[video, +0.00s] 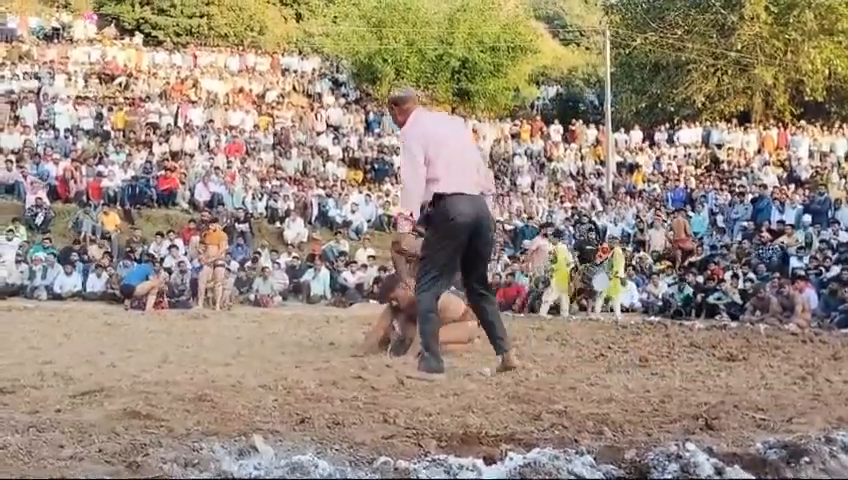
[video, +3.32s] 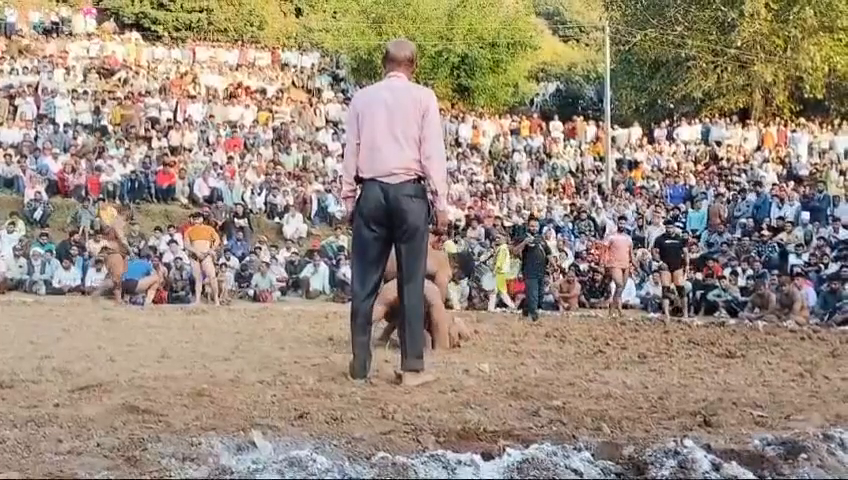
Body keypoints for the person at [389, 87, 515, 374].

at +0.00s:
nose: (394, 121)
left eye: (392, 115)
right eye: (392, 115)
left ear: (398, 108)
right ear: (416, 103)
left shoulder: (413, 130)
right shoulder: (453, 122)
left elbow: (414, 176)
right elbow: (480, 163)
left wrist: (407, 216)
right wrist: (485, 195)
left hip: (450, 206)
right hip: (480, 205)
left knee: (428, 287)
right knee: (478, 286)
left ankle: (431, 359)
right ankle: (506, 352)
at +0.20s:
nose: (389, 112)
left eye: (388, 108)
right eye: (388, 108)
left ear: (391, 101)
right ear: (415, 93)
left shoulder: (400, 124)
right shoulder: (453, 113)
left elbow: (402, 171)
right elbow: (476, 163)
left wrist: (402, 217)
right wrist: (467, 186)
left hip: (431, 200)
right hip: (467, 200)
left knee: (425, 282)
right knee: (460, 282)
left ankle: (432, 356)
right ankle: (455, 342)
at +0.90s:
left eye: (404, 71)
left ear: (402, 73)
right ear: (429, 69)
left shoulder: (390, 101)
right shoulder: (452, 96)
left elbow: (376, 151)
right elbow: (464, 148)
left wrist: (369, 197)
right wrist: (475, 195)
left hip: (403, 192)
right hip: (440, 192)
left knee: (397, 275)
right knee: (437, 281)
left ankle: (384, 354)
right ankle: (429, 362)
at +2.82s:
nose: (408, 65)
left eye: (396, 60)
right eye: (412, 60)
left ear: (386, 61)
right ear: (415, 61)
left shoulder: (364, 94)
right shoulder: (427, 92)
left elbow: (354, 146)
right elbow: (436, 148)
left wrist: (351, 190)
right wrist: (445, 199)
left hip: (373, 191)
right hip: (414, 190)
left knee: (368, 279)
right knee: (419, 277)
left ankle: (364, 365)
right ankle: (417, 365)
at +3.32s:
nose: (411, 71)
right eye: (413, 65)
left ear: (384, 66)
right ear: (413, 66)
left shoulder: (361, 97)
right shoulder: (424, 97)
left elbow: (350, 151)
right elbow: (433, 154)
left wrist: (348, 196)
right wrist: (441, 204)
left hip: (370, 194)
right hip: (410, 193)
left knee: (364, 283)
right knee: (413, 281)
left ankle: (360, 366)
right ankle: (413, 367)